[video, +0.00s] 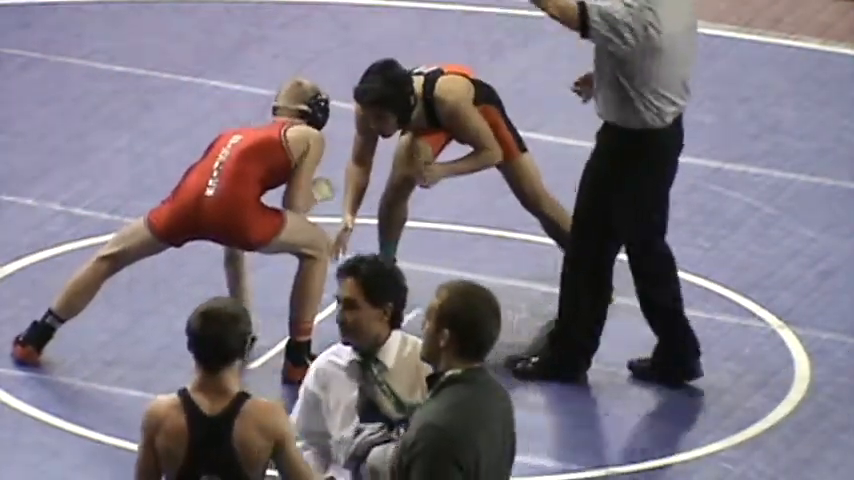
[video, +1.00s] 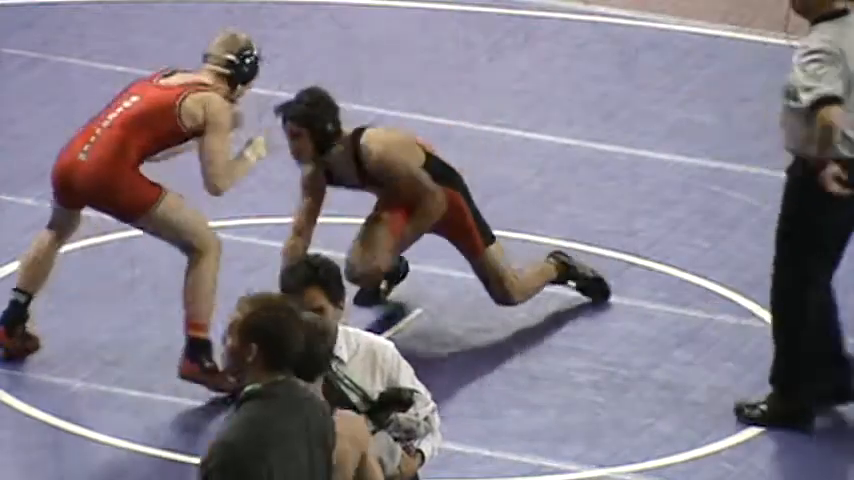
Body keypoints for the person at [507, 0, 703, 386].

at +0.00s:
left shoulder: (634, 17)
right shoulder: (678, 5)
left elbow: (560, 8)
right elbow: (659, 55)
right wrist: (607, 79)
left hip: (627, 143)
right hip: (659, 136)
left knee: (587, 251)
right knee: (647, 247)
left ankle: (567, 358)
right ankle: (678, 356)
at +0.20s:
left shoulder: (672, 17)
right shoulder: (712, 7)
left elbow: (606, 2)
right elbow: (697, 66)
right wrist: (649, 94)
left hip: (672, 145)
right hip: (695, 138)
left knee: (622, 251)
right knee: (677, 253)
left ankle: (573, 355)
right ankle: (680, 363)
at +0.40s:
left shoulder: (711, 22)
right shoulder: (744, 9)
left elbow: (643, 4)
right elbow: (734, 74)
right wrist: (685, 101)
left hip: (704, 151)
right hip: (722, 143)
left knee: (642, 244)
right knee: (694, 254)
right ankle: (684, 359)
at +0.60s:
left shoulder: (743, 34)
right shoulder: (783, 17)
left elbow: (676, 30)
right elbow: (802, 84)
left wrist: (637, 2)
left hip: (737, 163)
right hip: (763, 156)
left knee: (726, 269)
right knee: (711, 262)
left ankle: (785, 391)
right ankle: (684, 362)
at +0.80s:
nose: (753, 2)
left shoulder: (778, 40)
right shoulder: (830, 23)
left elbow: (741, 94)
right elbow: (849, 87)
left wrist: (699, 104)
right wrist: (826, 122)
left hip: (782, 169)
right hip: (814, 163)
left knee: (768, 274)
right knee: (759, 267)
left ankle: (793, 401)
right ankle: (711, 356)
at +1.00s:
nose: (791, 5)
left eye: (795, 1)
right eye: (793, 0)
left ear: (812, 2)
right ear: (834, 0)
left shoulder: (820, 44)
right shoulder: (842, 30)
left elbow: (829, 107)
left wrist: (831, 158)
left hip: (816, 177)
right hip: (838, 176)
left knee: (794, 284)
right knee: (814, 280)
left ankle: (792, 398)